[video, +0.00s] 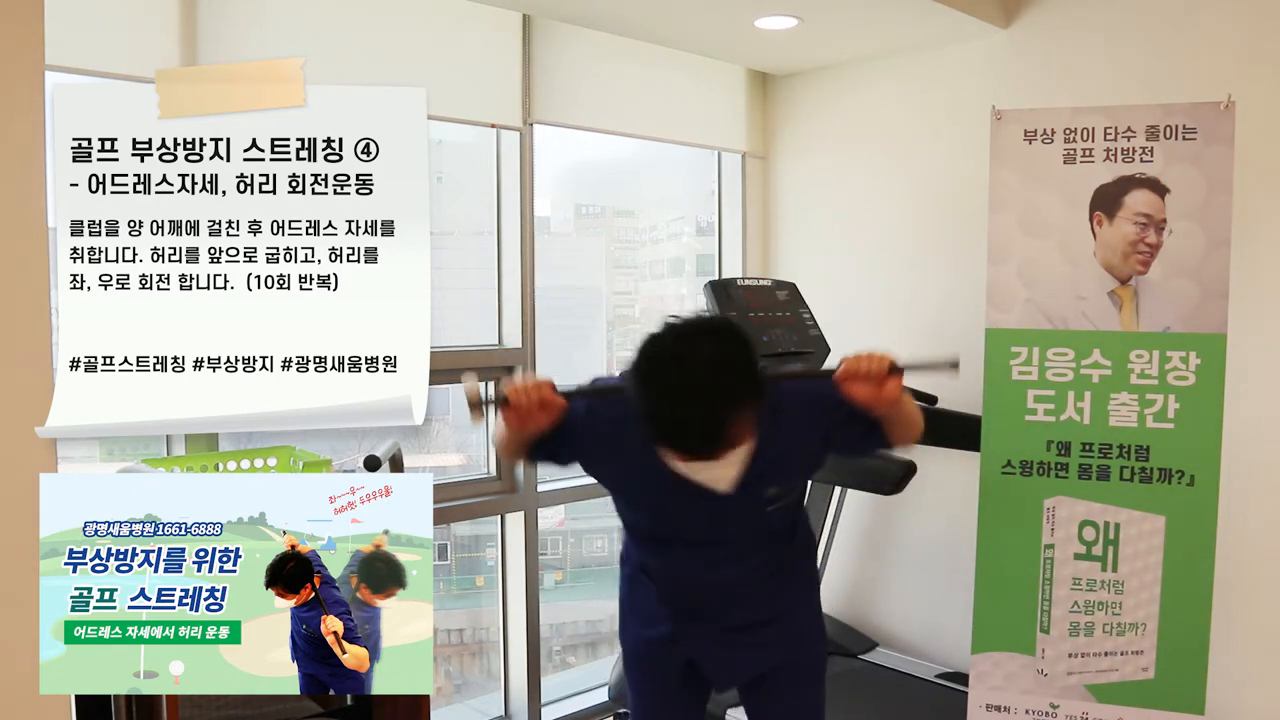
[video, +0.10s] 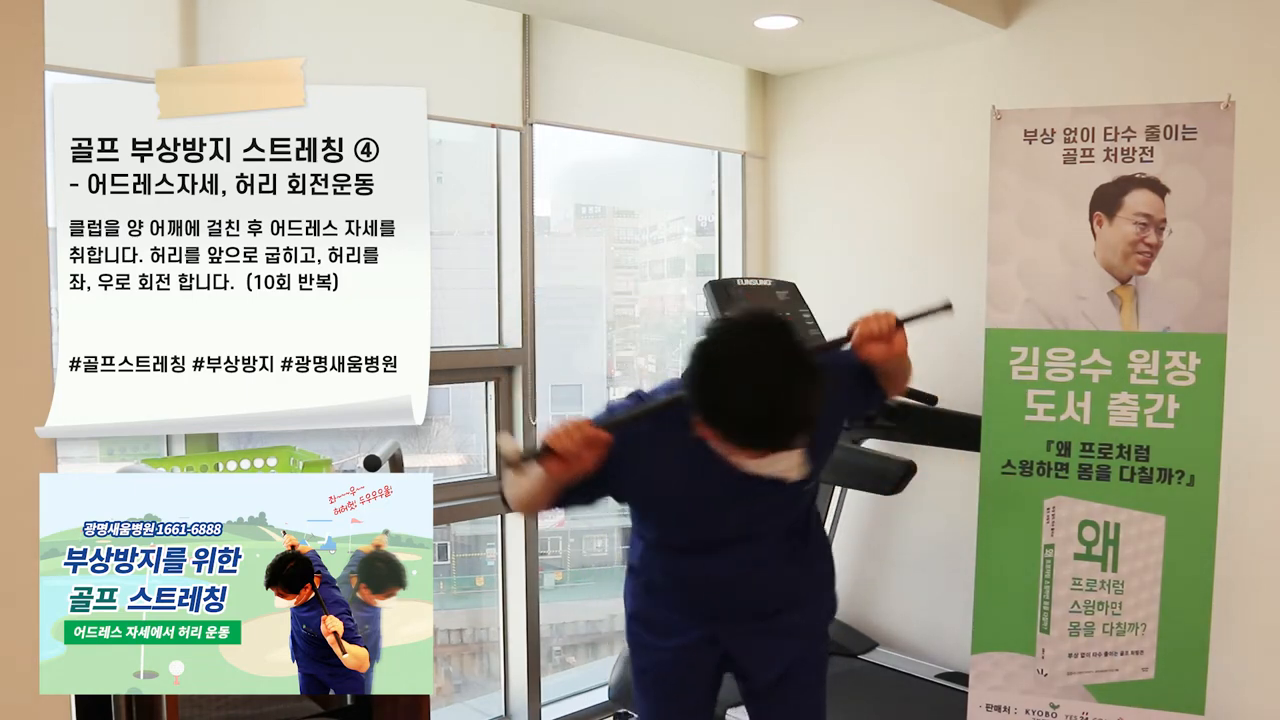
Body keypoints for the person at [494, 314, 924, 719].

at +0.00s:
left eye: (733, 441)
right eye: (690, 456)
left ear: (750, 409)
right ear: (658, 428)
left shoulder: (801, 409)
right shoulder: (608, 420)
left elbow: (907, 435)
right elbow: (510, 450)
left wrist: (889, 405)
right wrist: (521, 422)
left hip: (780, 624)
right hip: (664, 631)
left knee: (794, 711)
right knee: (659, 711)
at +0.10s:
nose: (775, 464)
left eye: (786, 447)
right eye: (755, 454)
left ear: (800, 397)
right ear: (706, 429)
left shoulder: (821, 387)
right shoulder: (642, 431)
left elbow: (890, 385)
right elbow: (518, 497)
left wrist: (890, 358)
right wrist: (551, 470)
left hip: (788, 624)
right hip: (673, 631)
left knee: (795, 717)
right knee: (669, 718)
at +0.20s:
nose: (808, 456)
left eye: (818, 443)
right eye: (797, 446)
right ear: (739, 423)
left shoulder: (808, 389)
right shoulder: (664, 436)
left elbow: (865, 375)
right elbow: (536, 526)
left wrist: (878, 344)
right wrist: (587, 501)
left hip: (792, 619)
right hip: (682, 629)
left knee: (798, 713)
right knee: (677, 712)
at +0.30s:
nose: (843, 451)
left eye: (854, 440)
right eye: (839, 442)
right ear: (793, 422)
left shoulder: (806, 367)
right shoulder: (700, 434)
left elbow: (815, 343)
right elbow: (582, 568)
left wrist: (851, 315)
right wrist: (650, 530)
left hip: (795, 617)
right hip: (690, 629)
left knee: (800, 709)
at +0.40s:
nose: (868, 441)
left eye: (876, 433)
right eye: (867, 433)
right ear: (823, 420)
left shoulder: (805, 351)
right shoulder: (718, 437)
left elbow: (825, 330)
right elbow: (621, 591)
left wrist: (844, 300)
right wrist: (699, 541)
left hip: (790, 612)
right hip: (691, 630)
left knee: (801, 712)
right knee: (688, 710)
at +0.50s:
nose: (907, 422)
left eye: (912, 414)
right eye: (907, 415)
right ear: (862, 416)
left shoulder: (792, 348)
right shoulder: (735, 456)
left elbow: (783, 311)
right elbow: (684, 614)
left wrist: (820, 293)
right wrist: (767, 550)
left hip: (787, 612)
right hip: (695, 637)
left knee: (799, 711)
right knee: (695, 710)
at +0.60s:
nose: (918, 414)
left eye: (923, 405)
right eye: (918, 407)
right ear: (878, 411)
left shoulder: (789, 344)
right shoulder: (758, 465)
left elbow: (766, 309)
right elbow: (721, 622)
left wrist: (809, 289)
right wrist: (802, 552)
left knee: (796, 709)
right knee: (696, 708)